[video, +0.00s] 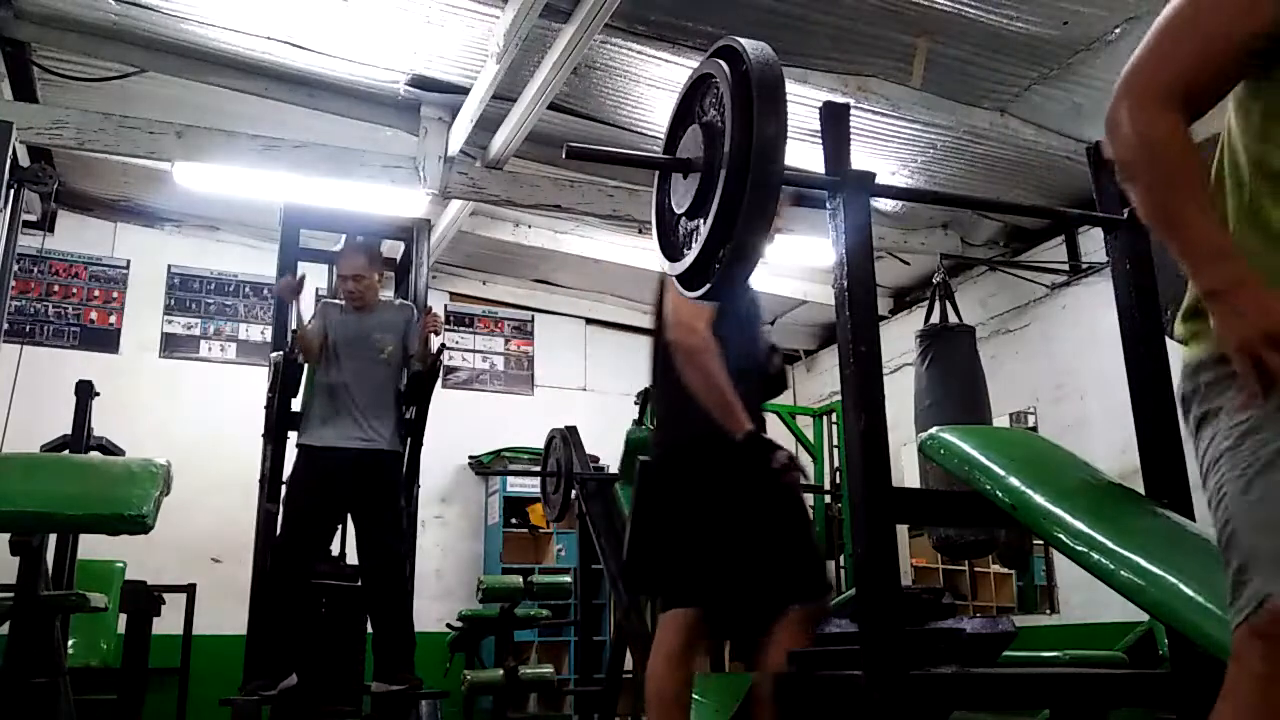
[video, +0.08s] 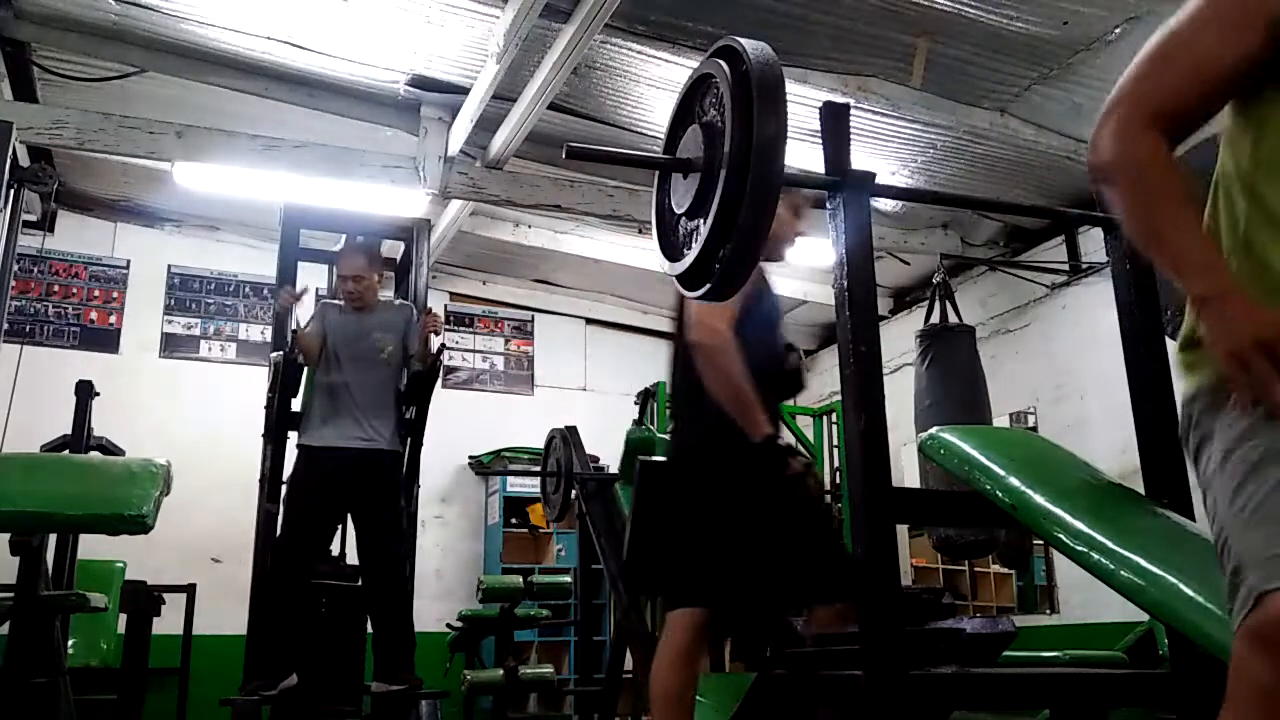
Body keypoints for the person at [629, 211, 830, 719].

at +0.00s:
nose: (783, 219)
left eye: (784, 206)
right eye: (779, 203)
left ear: (751, 204)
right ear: (749, 199)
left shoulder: (730, 272)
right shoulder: (704, 254)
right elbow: (688, 334)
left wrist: (762, 370)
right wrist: (749, 435)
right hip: (713, 461)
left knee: (682, 619)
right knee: (794, 607)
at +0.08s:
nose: (799, 231)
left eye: (802, 219)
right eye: (795, 214)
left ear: (773, 214)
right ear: (764, 206)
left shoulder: (749, 276)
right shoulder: (731, 257)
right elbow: (707, 332)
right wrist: (765, 434)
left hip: (718, 464)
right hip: (721, 463)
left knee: (692, 620)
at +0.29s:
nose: (853, 215)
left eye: (851, 205)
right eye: (847, 205)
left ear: (808, 211)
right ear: (828, 210)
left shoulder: (795, 256)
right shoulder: (814, 250)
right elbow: (786, 332)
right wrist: (824, 438)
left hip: (766, 458)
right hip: (793, 458)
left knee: (716, 619)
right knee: (718, 618)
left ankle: (682, 714)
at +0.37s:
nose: (902, 223)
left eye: (902, 211)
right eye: (897, 208)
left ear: (863, 211)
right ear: (869, 207)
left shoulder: (851, 263)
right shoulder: (831, 246)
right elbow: (820, 330)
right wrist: (855, 423)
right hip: (816, 449)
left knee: (755, 606)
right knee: (757, 606)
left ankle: (702, 709)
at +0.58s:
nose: (963, 202)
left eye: (964, 190)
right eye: (956, 189)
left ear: (911, 187)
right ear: (921, 181)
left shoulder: (884, 242)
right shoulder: (915, 231)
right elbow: (917, 325)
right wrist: (972, 423)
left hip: (893, 444)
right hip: (927, 444)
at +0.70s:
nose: (998, 198)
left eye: (999, 186)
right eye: (991, 185)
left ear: (939, 185)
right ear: (958, 181)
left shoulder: (913, 249)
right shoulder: (960, 237)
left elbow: (911, 353)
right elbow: (992, 339)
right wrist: (1032, 431)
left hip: (911, 440)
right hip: (956, 440)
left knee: (949, 578)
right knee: (980, 589)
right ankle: (968, 697)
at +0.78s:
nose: (1023, 207)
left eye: (1024, 195)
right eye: (1017, 192)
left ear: (964, 188)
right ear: (982, 183)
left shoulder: (924, 259)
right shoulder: (989, 242)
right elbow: (1031, 365)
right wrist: (1087, 459)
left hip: (929, 455)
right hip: (985, 454)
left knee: (977, 610)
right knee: (1013, 608)